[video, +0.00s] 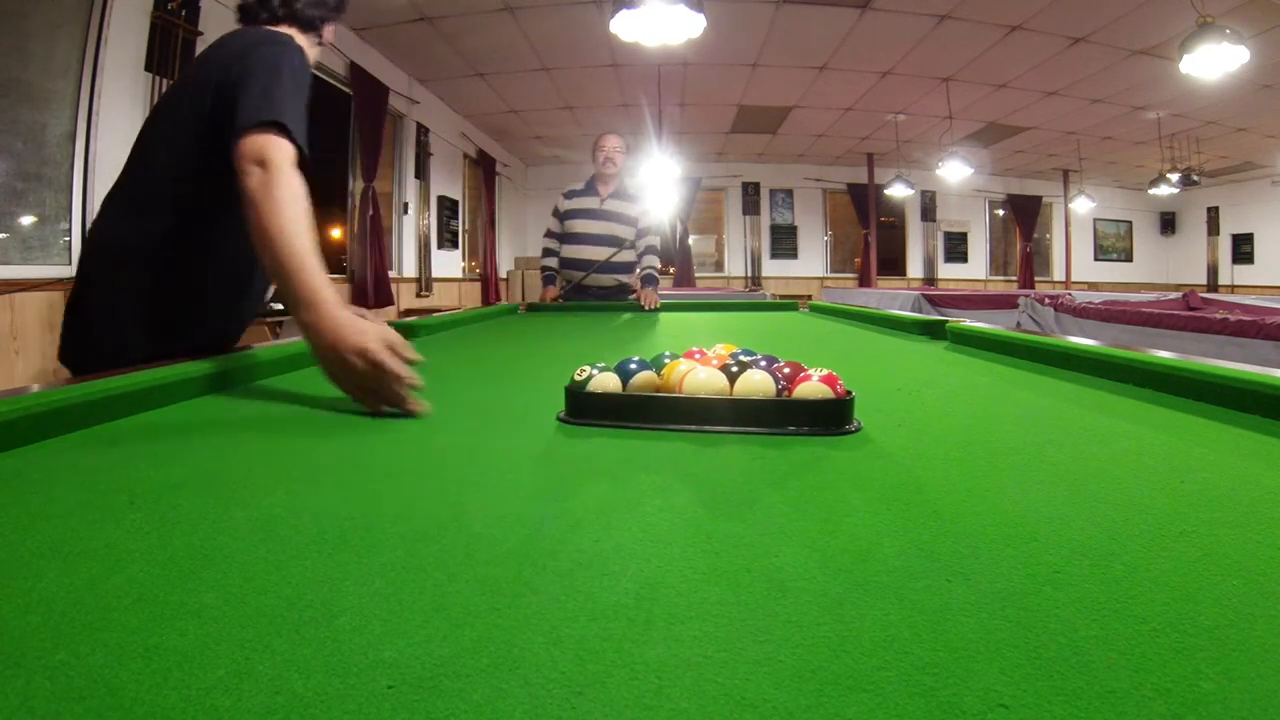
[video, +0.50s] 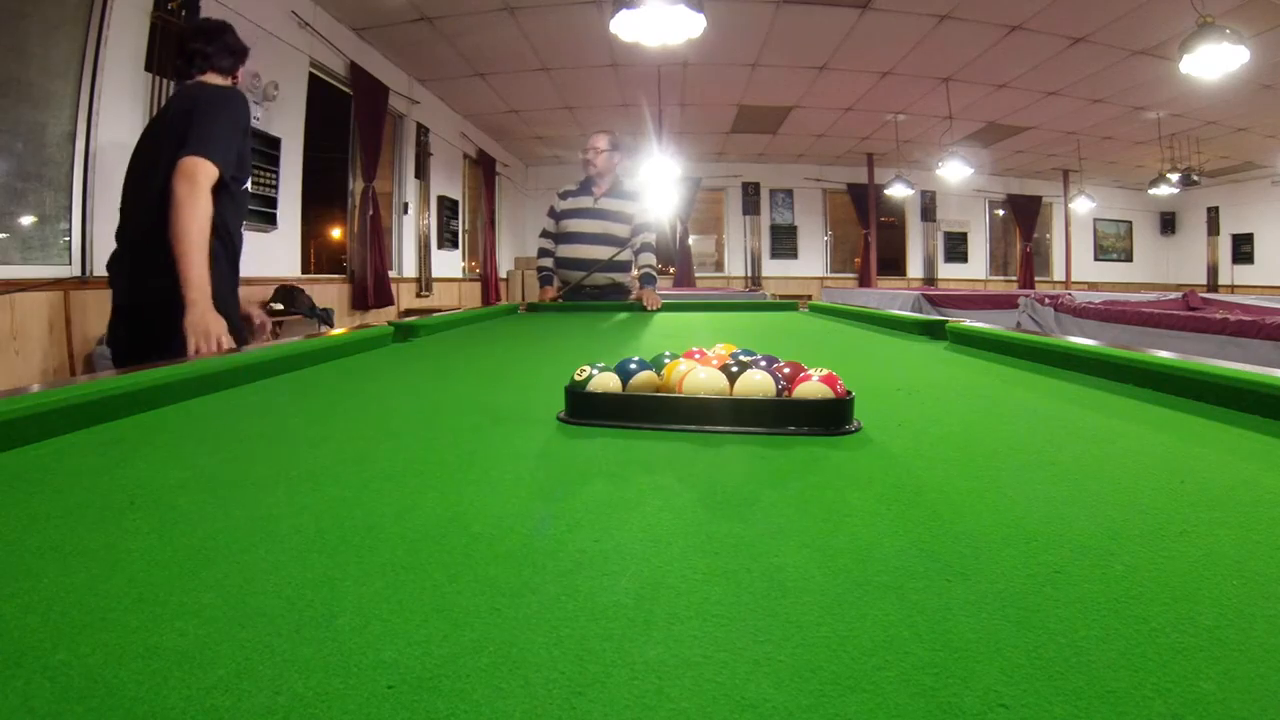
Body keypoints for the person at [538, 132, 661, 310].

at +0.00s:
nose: (609, 154)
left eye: (617, 150)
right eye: (602, 149)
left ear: (625, 157)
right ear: (593, 157)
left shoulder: (638, 203)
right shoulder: (569, 198)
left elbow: (649, 246)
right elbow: (551, 242)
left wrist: (649, 285)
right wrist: (549, 284)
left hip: (619, 300)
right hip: (574, 298)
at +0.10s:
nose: (611, 155)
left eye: (619, 150)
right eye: (605, 150)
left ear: (629, 157)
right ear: (596, 157)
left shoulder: (640, 202)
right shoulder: (572, 196)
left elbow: (649, 245)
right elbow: (553, 240)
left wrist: (649, 286)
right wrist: (549, 284)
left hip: (621, 299)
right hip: (576, 297)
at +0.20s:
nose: (612, 155)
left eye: (620, 150)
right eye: (605, 150)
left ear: (629, 157)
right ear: (596, 157)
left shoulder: (640, 202)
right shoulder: (572, 196)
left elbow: (649, 244)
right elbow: (553, 240)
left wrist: (649, 286)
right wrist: (549, 284)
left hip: (621, 299)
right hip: (576, 297)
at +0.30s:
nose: (610, 156)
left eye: (618, 151)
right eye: (603, 150)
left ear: (629, 159)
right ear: (594, 157)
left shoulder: (639, 202)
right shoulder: (570, 196)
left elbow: (647, 245)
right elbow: (551, 241)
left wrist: (648, 286)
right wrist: (548, 284)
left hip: (619, 299)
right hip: (574, 296)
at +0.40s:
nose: (601, 156)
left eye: (609, 151)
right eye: (596, 151)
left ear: (624, 157)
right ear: (590, 156)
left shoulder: (637, 200)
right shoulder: (568, 196)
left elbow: (645, 244)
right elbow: (549, 241)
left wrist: (648, 286)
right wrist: (547, 284)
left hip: (617, 298)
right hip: (573, 296)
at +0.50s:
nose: (588, 157)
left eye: (596, 151)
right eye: (586, 152)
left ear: (616, 158)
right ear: (583, 155)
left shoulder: (634, 200)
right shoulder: (565, 197)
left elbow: (644, 243)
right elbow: (546, 241)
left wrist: (648, 286)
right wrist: (546, 284)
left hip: (615, 298)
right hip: (570, 297)